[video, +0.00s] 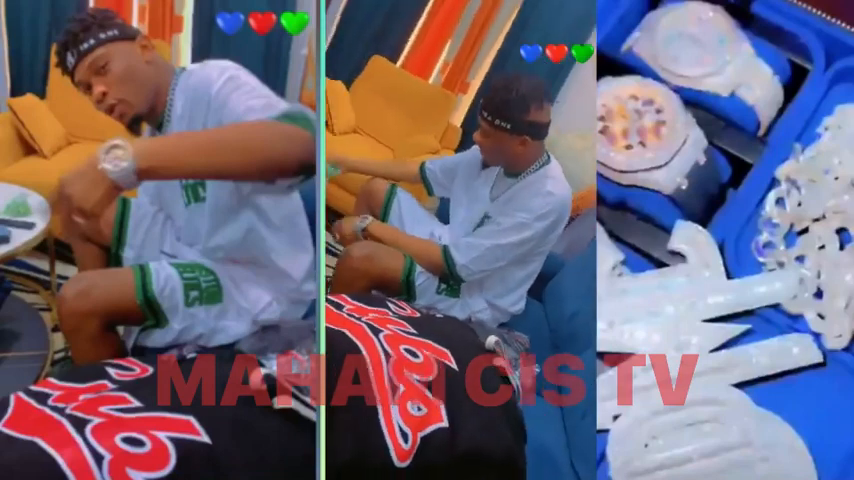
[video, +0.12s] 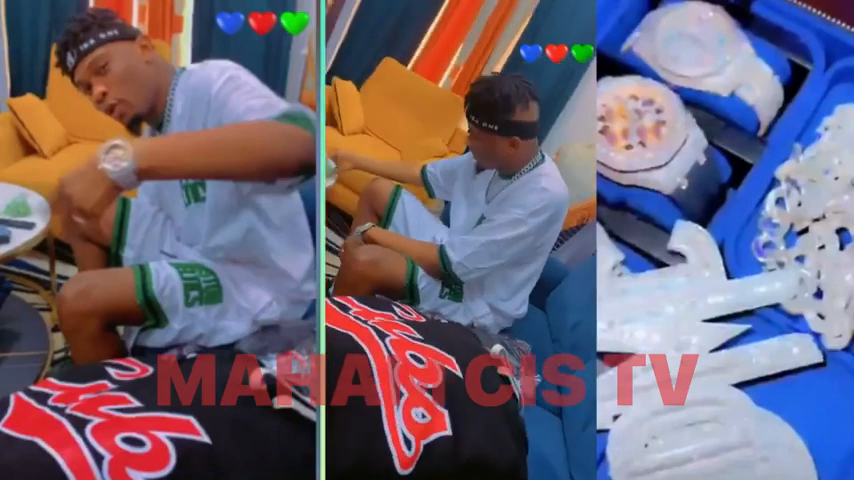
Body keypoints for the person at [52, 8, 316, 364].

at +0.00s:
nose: (97, 94)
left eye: (102, 70)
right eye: (87, 89)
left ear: (145, 48)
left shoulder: (213, 81)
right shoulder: (153, 134)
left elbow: (298, 146)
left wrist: (131, 160)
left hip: (261, 278)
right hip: (191, 252)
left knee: (80, 300)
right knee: (83, 213)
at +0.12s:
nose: (97, 94)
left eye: (102, 70)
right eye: (87, 89)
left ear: (145, 48)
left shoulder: (213, 81)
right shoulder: (153, 135)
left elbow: (298, 146)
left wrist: (131, 160)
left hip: (262, 279)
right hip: (192, 252)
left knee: (80, 300)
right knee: (83, 214)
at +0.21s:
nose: (97, 94)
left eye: (102, 70)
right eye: (87, 89)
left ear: (145, 48)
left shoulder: (213, 81)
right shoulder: (153, 135)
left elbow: (299, 146)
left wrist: (131, 160)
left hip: (262, 279)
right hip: (191, 253)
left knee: (80, 300)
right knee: (83, 213)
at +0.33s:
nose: (97, 94)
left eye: (102, 70)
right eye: (87, 89)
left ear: (145, 48)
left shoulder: (213, 81)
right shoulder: (153, 135)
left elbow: (298, 145)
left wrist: (131, 160)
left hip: (262, 279)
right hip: (192, 253)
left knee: (80, 300)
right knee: (83, 213)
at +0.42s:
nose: (97, 94)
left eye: (102, 70)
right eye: (87, 89)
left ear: (145, 48)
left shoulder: (213, 81)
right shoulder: (153, 134)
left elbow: (298, 146)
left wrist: (131, 160)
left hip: (262, 279)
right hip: (191, 252)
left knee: (80, 300)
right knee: (83, 214)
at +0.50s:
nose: (97, 94)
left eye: (102, 70)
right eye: (87, 89)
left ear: (145, 48)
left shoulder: (213, 81)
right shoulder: (153, 134)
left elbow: (298, 145)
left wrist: (131, 160)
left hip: (262, 279)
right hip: (192, 252)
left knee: (80, 300)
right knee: (83, 213)